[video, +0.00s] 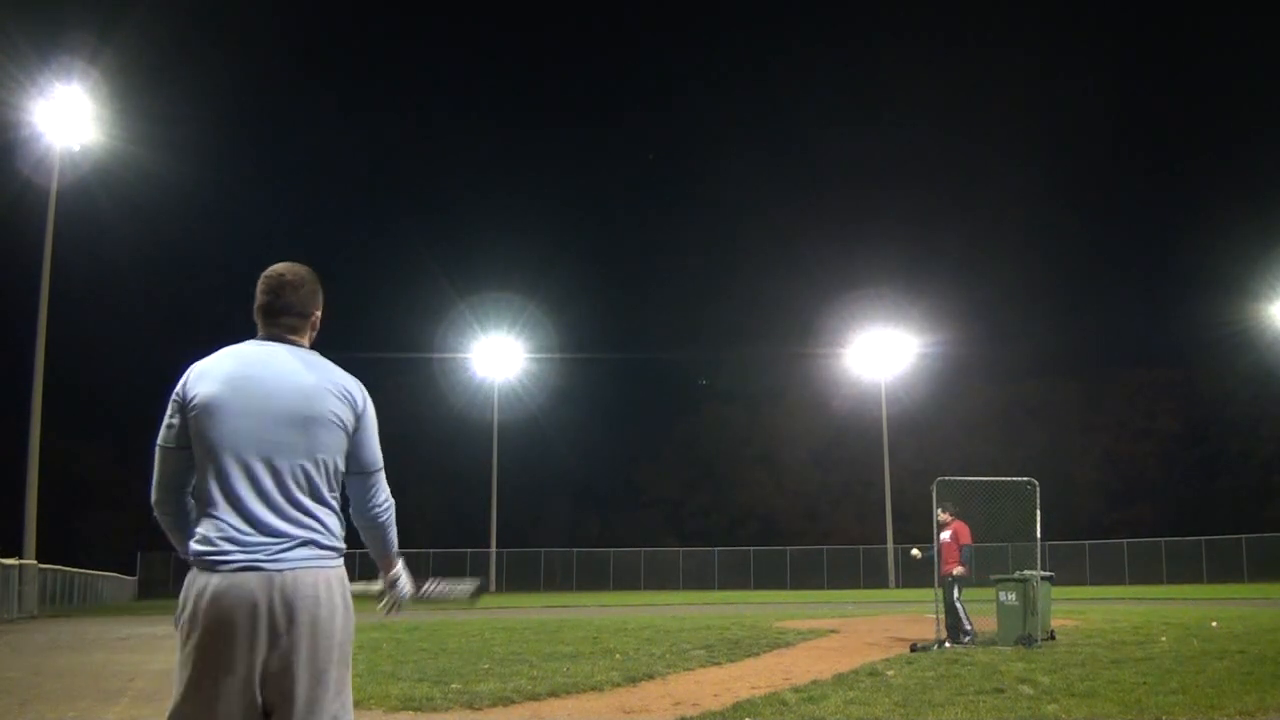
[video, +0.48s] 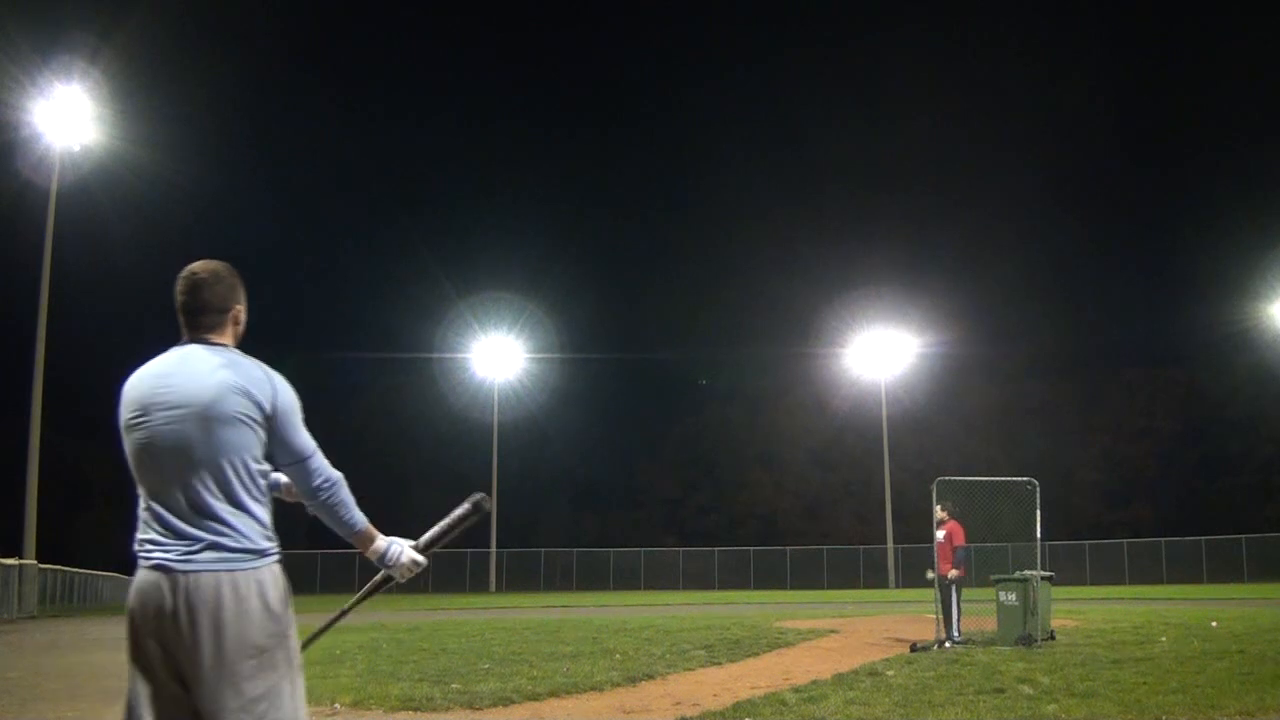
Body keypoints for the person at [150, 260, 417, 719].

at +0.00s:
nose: (315, 319)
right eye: (316, 313)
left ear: (257, 314)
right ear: (315, 318)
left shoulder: (201, 376)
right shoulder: (346, 388)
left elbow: (167, 498)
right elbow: (371, 501)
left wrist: (207, 559)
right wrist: (391, 567)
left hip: (220, 591)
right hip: (316, 589)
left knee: (209, 713)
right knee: (318, 713)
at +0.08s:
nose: (311, 321)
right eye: (312, 315)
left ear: (251, 314)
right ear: (310, 319)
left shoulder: (195, 378)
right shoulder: (341, 387)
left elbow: (162, 497)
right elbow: (371, 497)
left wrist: (204, 554)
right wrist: (399, 557)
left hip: (214, 590)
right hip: (309, 588)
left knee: (208, 713)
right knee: (313, 712)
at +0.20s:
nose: (294, 320)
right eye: (294, 313)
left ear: (233, 317)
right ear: (290, 319)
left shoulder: (177, 385)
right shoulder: (319, 387)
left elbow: (159, 503)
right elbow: (359, 494)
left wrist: (201, 548)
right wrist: (404, 552)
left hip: (198, 589)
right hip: (289, 588)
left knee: (198, 711)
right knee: (305, 712)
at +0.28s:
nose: (283, 320)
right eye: (283, 313)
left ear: (221, 317)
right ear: (278, 319)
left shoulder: (164, 389)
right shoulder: (304, 388)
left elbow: (158, 503)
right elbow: (348, 490)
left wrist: (213, 532)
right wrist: (401, 549)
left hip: (189, 592)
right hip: (278, 592)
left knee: (192, 713)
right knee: (294, 712)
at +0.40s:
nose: (257, 318)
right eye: (256, 310)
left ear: (193, 316)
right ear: (250, 315)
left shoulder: (144, 387)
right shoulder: (275, 383)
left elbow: (189, 480)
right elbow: (329, 483)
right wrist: (386, 546)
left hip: (166, 587)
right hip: (254, 589)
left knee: (169, 713)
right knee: (271, 711)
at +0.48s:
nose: (245, 318)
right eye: (243, 309)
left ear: (181, 316)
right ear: (238, 314)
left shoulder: (136, 386)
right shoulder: (262, 382)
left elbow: (186, 465)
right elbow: (318, 480)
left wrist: (275, 482)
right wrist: (378, 546)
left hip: (153, 586)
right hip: (242, 589)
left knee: (157, 712)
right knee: (261, 709)